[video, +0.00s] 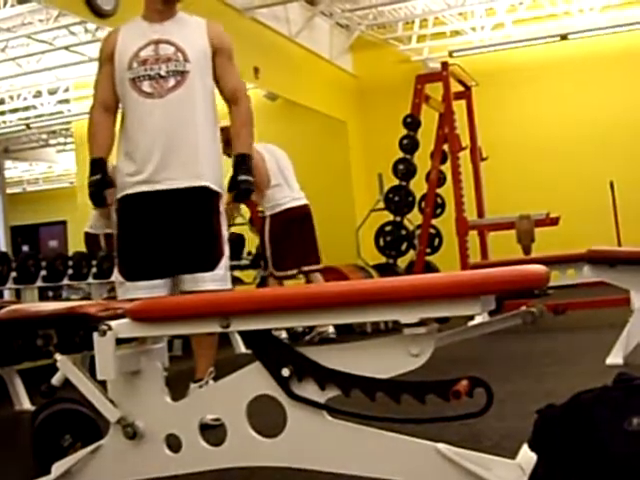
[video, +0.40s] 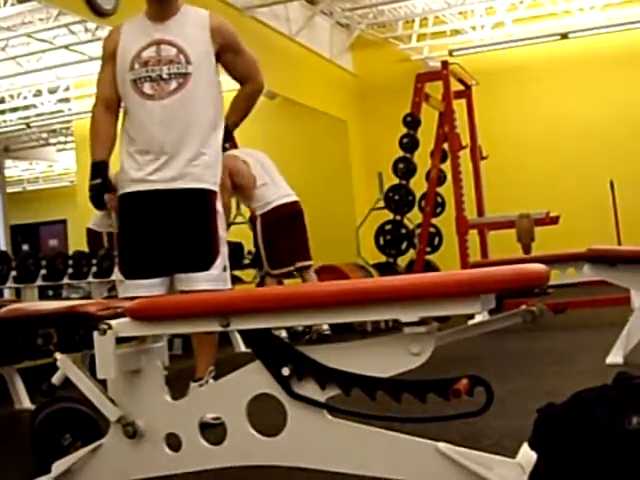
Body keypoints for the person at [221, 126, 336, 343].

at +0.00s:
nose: (225, 152)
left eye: (225, 146)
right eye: (223, 147)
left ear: (234, 142)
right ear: (246, 136)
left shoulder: (250, 153)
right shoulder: (275, 149)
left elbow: (261, 184)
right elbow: (288, 178)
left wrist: (250, 199)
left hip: (277, 211)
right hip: (300, 205)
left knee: (275, 275)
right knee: (311, 269)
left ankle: (277, 325)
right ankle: (325, 321)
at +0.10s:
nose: (225, 156)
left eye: (225, 151)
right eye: (224, 151)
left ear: (230, 144)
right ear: (238, 138)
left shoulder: (248, 156)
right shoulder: (272, 151)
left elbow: (261, 181)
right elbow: (286, 178)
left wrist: (255, 201)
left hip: (277, 212)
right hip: (299, 206)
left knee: (272, 275)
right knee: (311, 270)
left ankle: (278, 326)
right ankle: (325, 321)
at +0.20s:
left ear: (226, 147)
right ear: (240, 139)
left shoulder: (238, 161)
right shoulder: (266, 152)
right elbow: (281, 177)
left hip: (272, 211)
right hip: (295, 203)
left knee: (272, 275)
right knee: (308, 268)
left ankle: (277, 326)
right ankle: (323, 321)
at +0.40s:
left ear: (219, 146)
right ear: (233, 140)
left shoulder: (227, 160)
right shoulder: (254, 153)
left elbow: (224, 202)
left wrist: (222, 229)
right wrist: (255, 211)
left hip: (267, 211)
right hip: (291, 202)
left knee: (271, 276)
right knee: (305, 269)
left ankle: (277, 326)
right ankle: (321, 321)